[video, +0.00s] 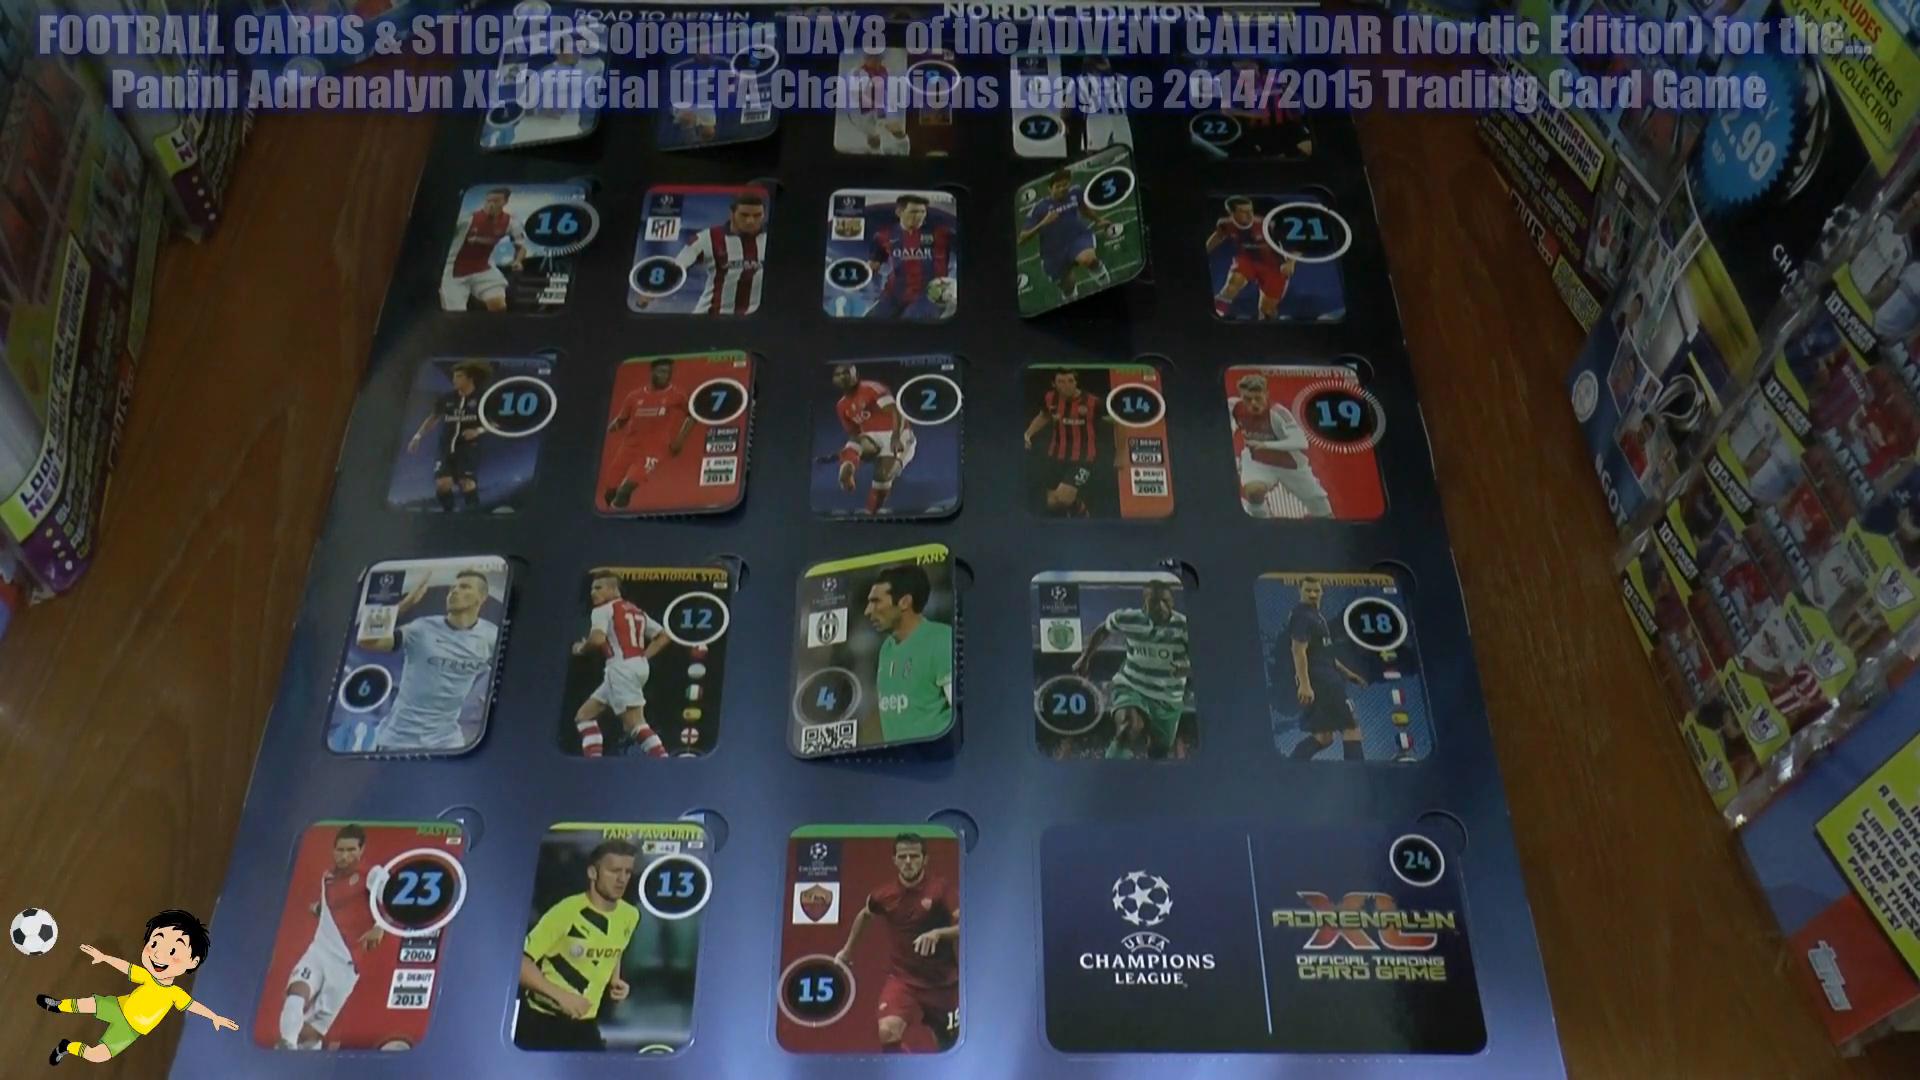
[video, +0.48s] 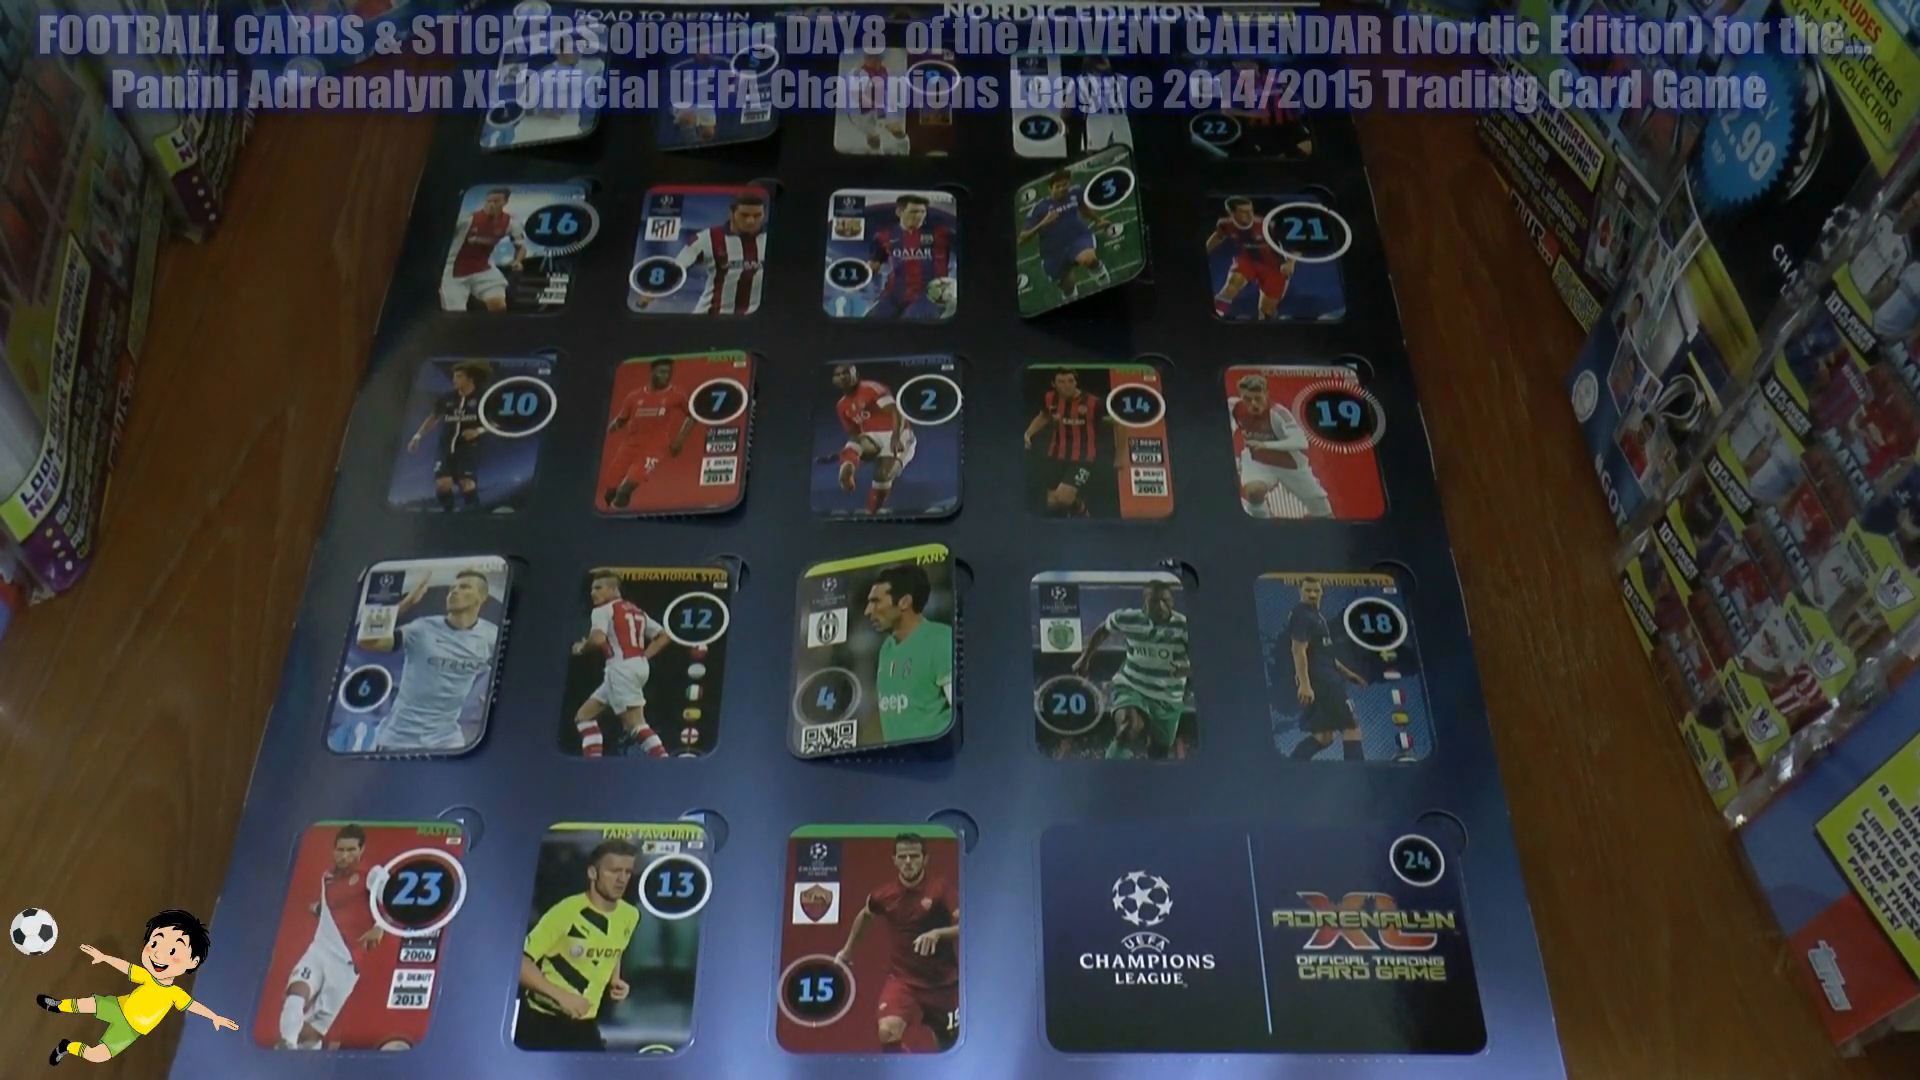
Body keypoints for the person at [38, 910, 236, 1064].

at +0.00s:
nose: (159, 956)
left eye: (172, 952)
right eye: (155, 944)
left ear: (189, 965)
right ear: (145, 946)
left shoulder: (176, 995)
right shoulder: (143, 976)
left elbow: (195, 1007)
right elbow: (123, 966)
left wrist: (215, 1017)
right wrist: (103, 958)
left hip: (131, 1030)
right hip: (118, 1008)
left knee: (99, 1055)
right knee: (88, 1003)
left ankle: (66, 1047)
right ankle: (58, 1006)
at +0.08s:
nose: (159, 955)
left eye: (172, 952)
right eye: (155, 943)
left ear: (189, 965)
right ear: (146, 945)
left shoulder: (176, 995)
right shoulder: (144, 976)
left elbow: (194, 1007)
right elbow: (124, 966)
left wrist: (214, 1017)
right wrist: (103, 957)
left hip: (131, 1030)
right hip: (119, 1008)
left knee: (98, 1055)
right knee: (88, 1003)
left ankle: (66, 1047)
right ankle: (57, 1006)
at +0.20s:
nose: (159, 955)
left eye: (172, 952)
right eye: (155, 944)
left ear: (189, 965)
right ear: (146, 945)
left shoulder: (176, 995)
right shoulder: (144, 976)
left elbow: (194, 1007)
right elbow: (124, 966)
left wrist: (214, 1017)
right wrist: (103, 957)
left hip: (131, 1030)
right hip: (119, 1008)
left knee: (99, 1055)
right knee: (88, 1003)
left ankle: (66, 1047)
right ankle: (57, 1006)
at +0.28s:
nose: (159, 955)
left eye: (172, 952)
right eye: (155, 944)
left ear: (189, 965)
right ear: (146, 946)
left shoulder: (176, 995)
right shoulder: (144, 976)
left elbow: (194, 1007)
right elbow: (124, 966)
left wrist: (214, 1017)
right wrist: (103, 958)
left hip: (131, 1030)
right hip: (119, 1008)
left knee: (99, 1055)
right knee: (88, 1003)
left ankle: (66, 1047)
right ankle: (57, 1006)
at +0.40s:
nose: (159, 955)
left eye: (172, 952)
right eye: (155, 944)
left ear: (189, 965)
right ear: (146, 946)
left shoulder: (176, 995)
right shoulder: (143, 976)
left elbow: (195, 1007)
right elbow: (123, 966)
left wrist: (215, 1017)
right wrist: (103, 958)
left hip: (131, 1030)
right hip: (118, 1008)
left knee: (98, 1055)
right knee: (89, 1003)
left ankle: (66, 1047)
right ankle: (58, 1006)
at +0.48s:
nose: (159, 955)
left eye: (172, 952)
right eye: (155, 943)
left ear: (189, 965)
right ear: (146, 946)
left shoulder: (176, 995)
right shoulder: (143, 976)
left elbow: (194, 1007)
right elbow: (124, 966)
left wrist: (214, 1017)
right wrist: (103, 958)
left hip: (131, 1030)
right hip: (119, 1008)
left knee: (99, 1055)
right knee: (88, 1003)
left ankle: (66, 1047)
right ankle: (57, 1006)